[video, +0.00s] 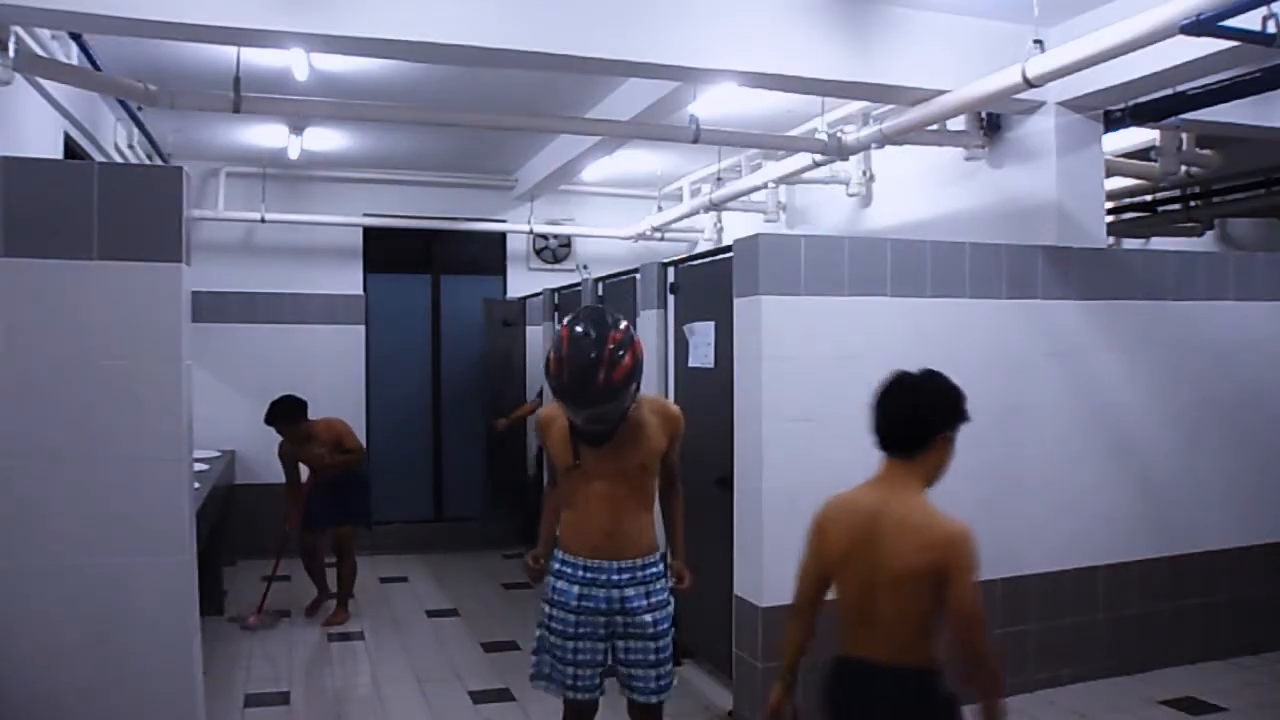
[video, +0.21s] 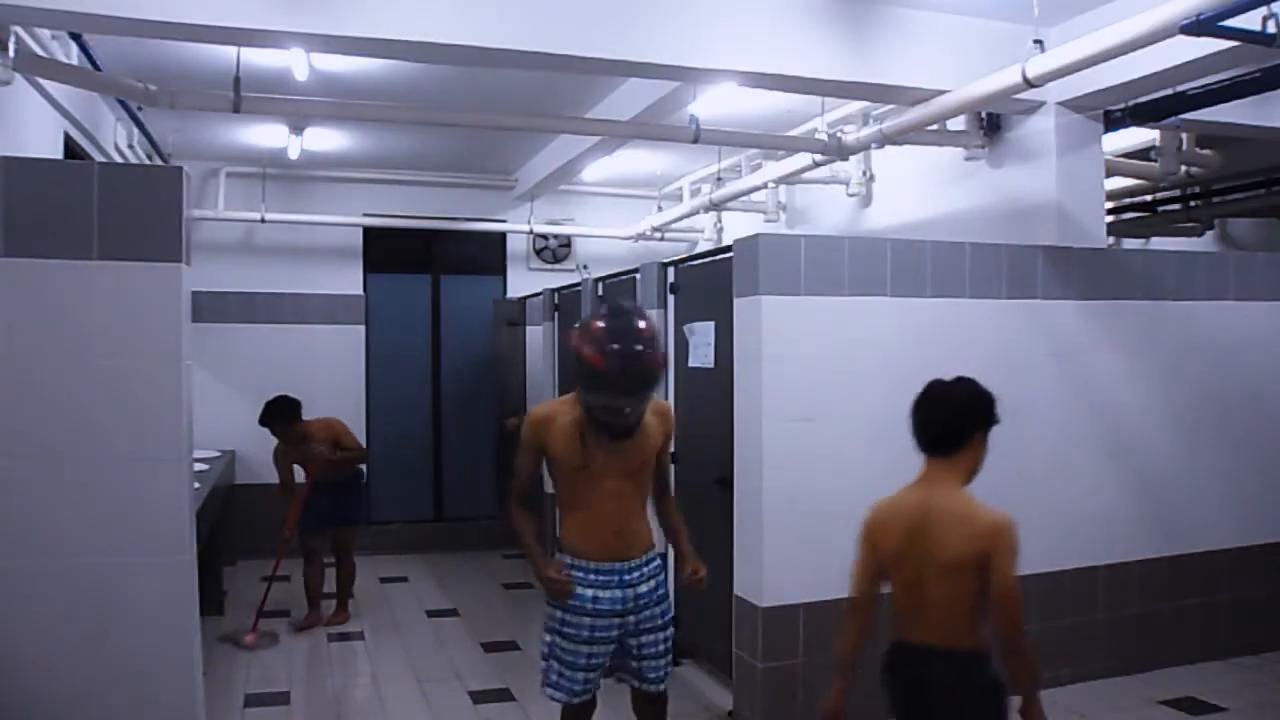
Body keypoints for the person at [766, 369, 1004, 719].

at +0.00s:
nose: (952, 451)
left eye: (953, 438)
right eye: (953, 438)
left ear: (886, 432)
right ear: (942, 442)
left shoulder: (834, 514)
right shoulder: (946, 536)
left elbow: (803, 611)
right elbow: (971, 643)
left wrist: (785, 684)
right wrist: (992, 704)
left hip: (846, 686)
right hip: (916, 691)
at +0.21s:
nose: (985, 451)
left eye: (987, 440)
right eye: (987, 440)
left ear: (921, 437)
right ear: (977, 441)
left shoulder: (882, 517)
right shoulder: (990, 527)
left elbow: (858, 615)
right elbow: (1009, 634)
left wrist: (837, 693)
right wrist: (1029, 700)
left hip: (904, 671)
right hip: (967, 674)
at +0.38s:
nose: (1016, 435)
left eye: (1016, 426)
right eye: (1016, 426)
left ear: (956, 423)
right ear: (1007, 429)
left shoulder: (919, 500)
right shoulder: (1018, 509)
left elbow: (915, 591)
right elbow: (1030, 611)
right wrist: (1044, 689)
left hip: (938, 649)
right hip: (996, 653)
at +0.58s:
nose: (1058, 438)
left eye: (1058, 428)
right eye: (1058, 428)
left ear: (1001, 422)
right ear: (1050, 429)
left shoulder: (962, 491)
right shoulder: (1054, 504)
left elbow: (959, 568)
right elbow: (1059, 601)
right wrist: (1068, 675)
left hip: (974, 635)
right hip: (1030, 641)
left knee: (975, 711)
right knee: (1035, 711)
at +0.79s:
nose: (1104, 431)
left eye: (1106, 421)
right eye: (1105, 422)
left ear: (1051, 415)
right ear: (1097, 423)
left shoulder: (1010, 478)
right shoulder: (1099, 495)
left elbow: (1002, 556)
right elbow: (1103, 584)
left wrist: (1026, 596)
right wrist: (1114, 657)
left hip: (1019, 622)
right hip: (1075, 624)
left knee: (1022, 710)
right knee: (1081, 708)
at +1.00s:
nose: (1133, 420)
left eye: (1134, 411)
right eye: (1134, 411)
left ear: (1080, 407)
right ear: (1125, 413)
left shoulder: (1044, 468)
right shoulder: (1134, 479)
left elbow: (1029, 544)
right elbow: (1149, 559)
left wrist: (1025, 601)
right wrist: (1161, 610)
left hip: (1056, 596)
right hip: (1110, 600)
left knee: (1069, 697)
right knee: (1098, 705)